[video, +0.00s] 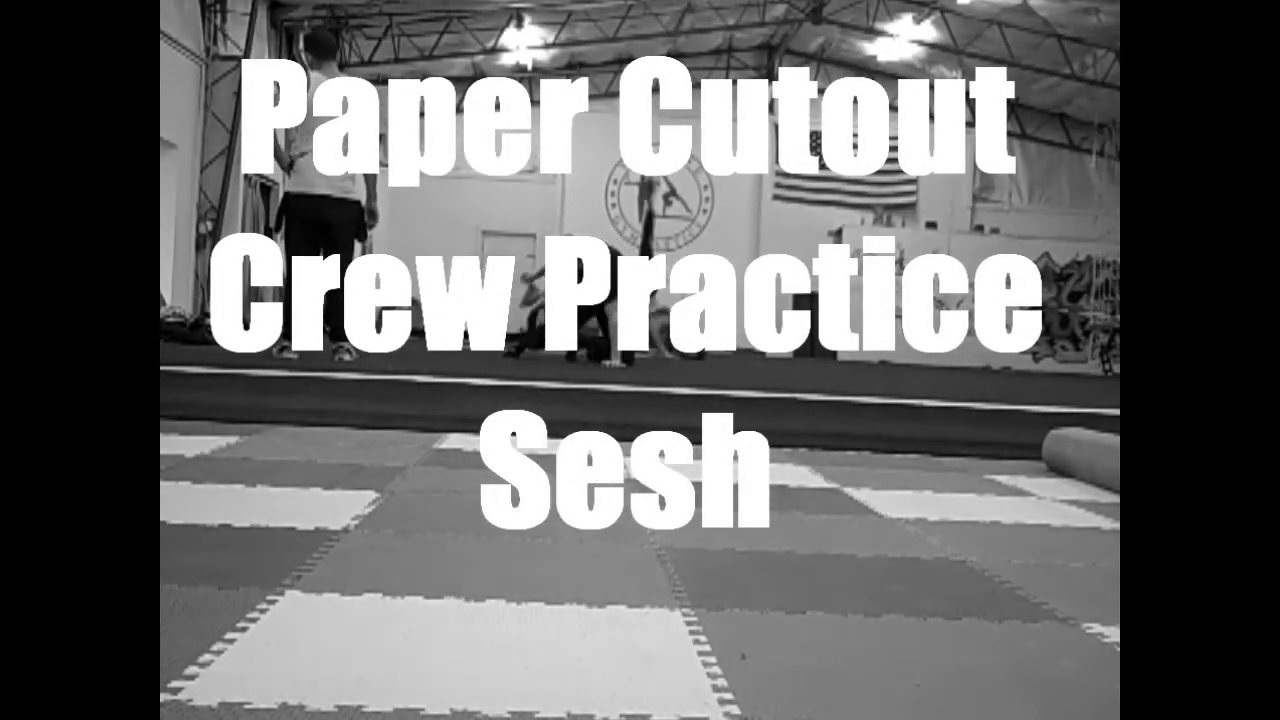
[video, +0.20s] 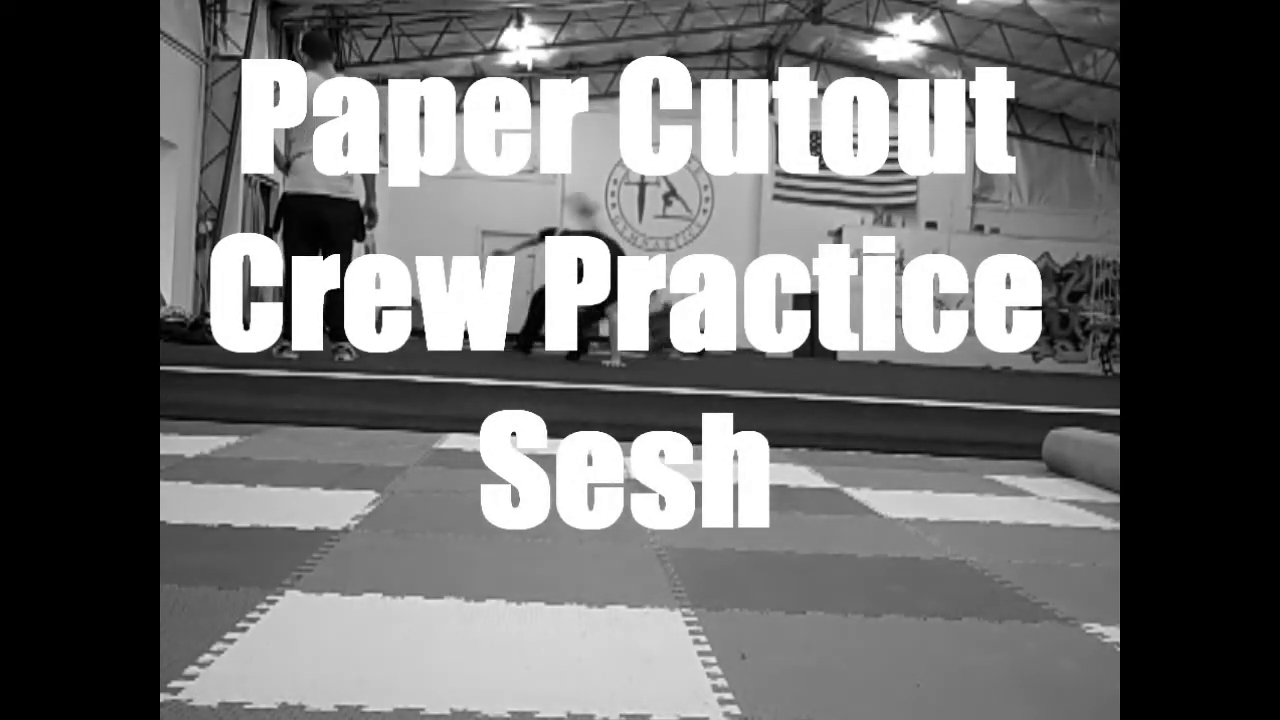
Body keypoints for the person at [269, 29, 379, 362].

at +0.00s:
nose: (303, 58)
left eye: (303, 53)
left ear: (306, 54)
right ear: (337, 54)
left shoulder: (296, 86)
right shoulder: (357, 90)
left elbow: (276, 134)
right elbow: (369, 152)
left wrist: (286, 162)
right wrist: (371, 201)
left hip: (302, 196)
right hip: (344, 198)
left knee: (298, 272)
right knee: (342, 274)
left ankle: (290, 342)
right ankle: (342, 343)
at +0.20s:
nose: (302, 60)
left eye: (301, 55)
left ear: (303, 55)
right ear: (334, 55)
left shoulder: (292, 87)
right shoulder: (353, 90)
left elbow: (276, 144)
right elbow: (366, 151)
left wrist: (287, 167)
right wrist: (371, 200)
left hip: (299, 198)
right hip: (342, 199)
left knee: (296, 273)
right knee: (340, 274)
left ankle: (289, 343)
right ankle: (341, 343)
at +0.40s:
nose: (301, 62)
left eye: (299, 57)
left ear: (302, 57)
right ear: (333, 57)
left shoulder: (291, 87)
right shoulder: (352, 90)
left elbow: (276, 145)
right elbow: (364, 152)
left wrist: (287, 167)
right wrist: (368, 201)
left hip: (298, 198)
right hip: (341, 199)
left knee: (296, 274)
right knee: (341, 275)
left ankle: (290, 342)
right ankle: (341, 343)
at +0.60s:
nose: (300, 62)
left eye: (299, 57)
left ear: (302, 57)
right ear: (332, 57)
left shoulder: (292, 87)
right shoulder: (351, 90)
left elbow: (275, 141)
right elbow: (362, 152)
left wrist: (284, 164)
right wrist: (366, 201)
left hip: (298, 196)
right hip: (340, 196)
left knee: (295, 272)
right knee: (339, 273)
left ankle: (289, 341)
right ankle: (340, 343)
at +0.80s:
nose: (302, 62)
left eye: (301, 57)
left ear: (303, 57)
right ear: (333, 56)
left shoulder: (292, 86)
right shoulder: (351, 90)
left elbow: (274, 140)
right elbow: (362, 152)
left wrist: (284, 163)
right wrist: (366, 201)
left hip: (298, 196)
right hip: (340, 196)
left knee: (295, 272)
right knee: (339, 273)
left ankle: (289, 341)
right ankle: (341, 343)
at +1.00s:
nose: (301, 61)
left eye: (300, 57)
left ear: (303, 57)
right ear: (333, 57)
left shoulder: (292, 86)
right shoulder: (352, 90)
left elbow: (275, 142)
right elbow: (362, 153)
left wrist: (285, 165)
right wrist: (366, 201)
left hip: (299, 196)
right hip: (340, 196)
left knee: (295, 272)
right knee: (339, 274)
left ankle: (289, 341)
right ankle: (341, 343)